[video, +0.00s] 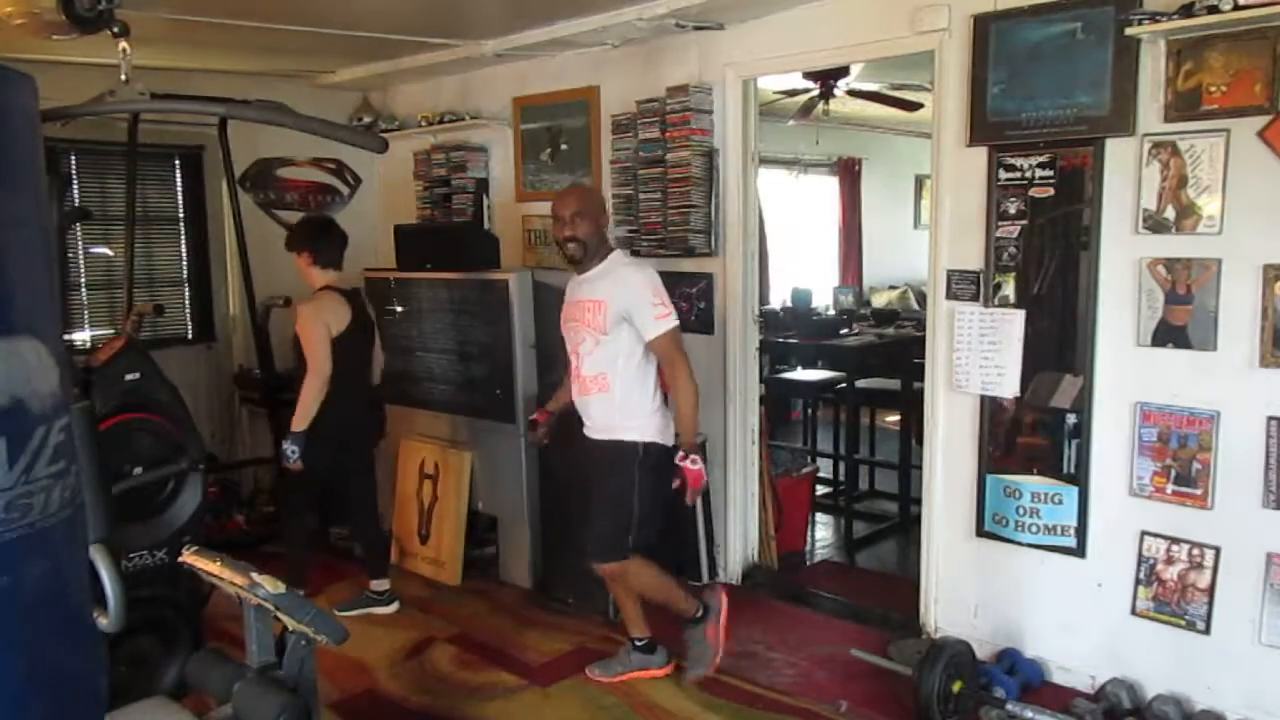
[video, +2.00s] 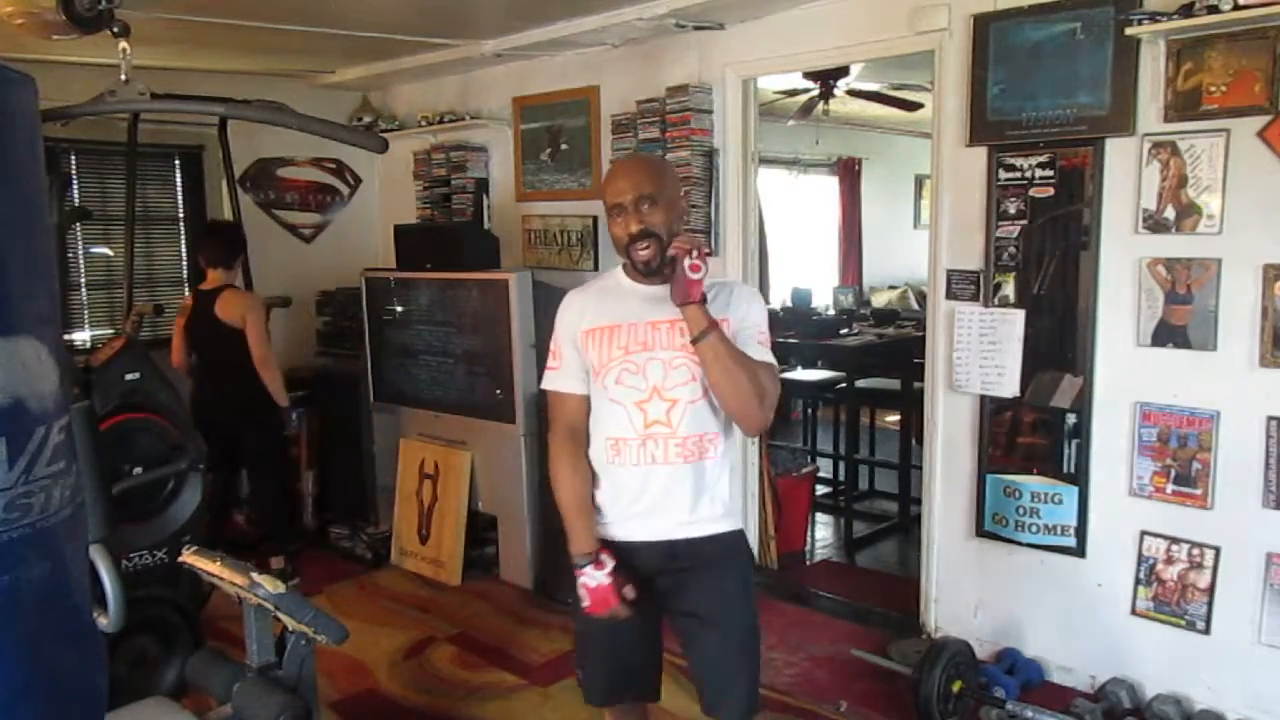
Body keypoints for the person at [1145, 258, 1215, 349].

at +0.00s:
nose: (1180, 273)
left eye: (1184, 269)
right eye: (1177, 269)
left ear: (1188, 272)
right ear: (1172, 272)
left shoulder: (1191, 287)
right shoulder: (1168, 286)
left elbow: (1213, 269)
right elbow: (1151, 266)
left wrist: (1196, 263)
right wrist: (1166, 261)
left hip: (1182, 329)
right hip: (1165, 327)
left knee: (1189, 357)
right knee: (1155, 355)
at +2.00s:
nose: (1180, 273)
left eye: (1183, 270)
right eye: (1176, 270)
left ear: (1188, 273)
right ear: (1172, 273)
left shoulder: (1191, 287)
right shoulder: (1168, 286)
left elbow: (1213, 268)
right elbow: (1150, 265)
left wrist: (1197, 262)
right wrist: (1166, 261)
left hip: (1181, 329)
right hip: (1164, 327)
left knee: (1189, 358)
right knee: (1155, 356)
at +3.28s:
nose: (1180, 272)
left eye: (1184, 269)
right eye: (1177, 269)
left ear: (1188, 272)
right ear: (1172, 272)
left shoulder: (1191, 287)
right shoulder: (1168, 286)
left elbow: (1213, 269)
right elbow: (1151, 265)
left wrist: (1196, 262)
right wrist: (1166, 262)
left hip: (1182, 329)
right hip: (1165, 327)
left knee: (1190, 357)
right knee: (1155, 356)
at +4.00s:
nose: (1180, 272)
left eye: (1183, 269)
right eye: (1177, 269)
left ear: (1188, 273)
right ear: (1174, 272)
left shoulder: (1192, 287)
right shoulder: (1168, 286)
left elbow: (1212, 268)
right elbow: (1151, 266)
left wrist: (1195, 263)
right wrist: (1166, 261)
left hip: (1182, 329)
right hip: (1165, 327)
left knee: (1190, 357)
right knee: (1155, 355)